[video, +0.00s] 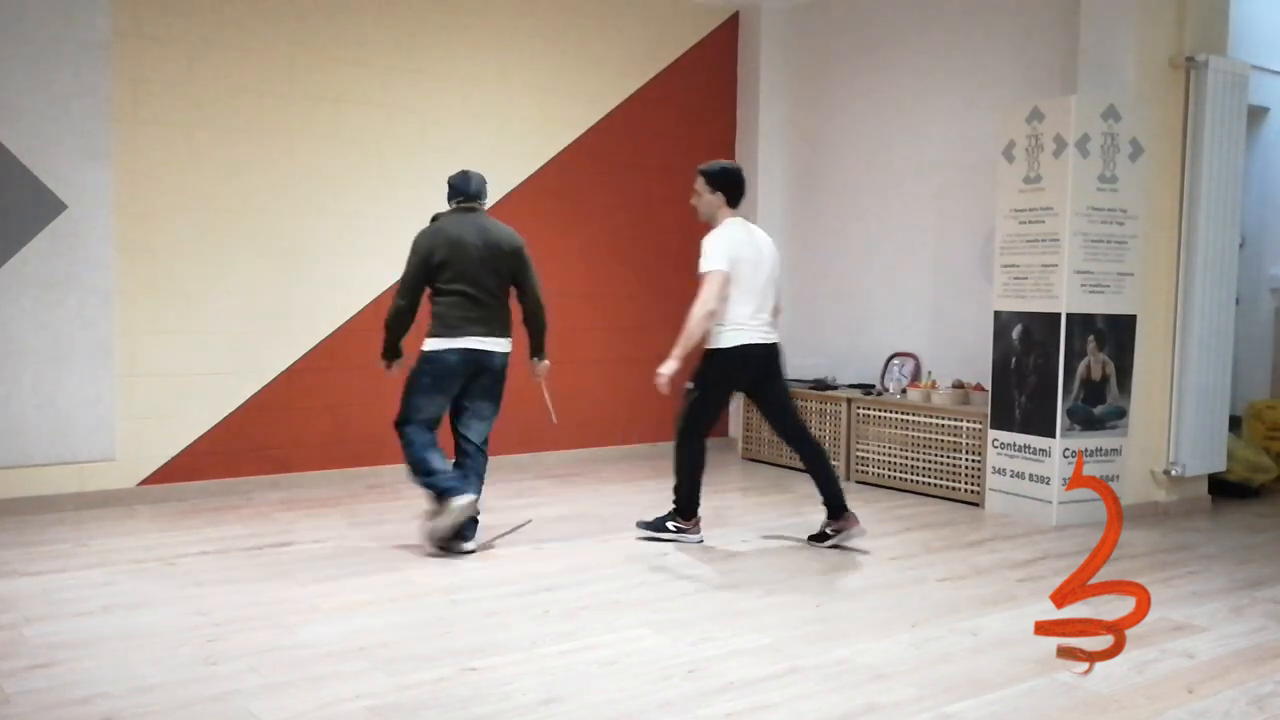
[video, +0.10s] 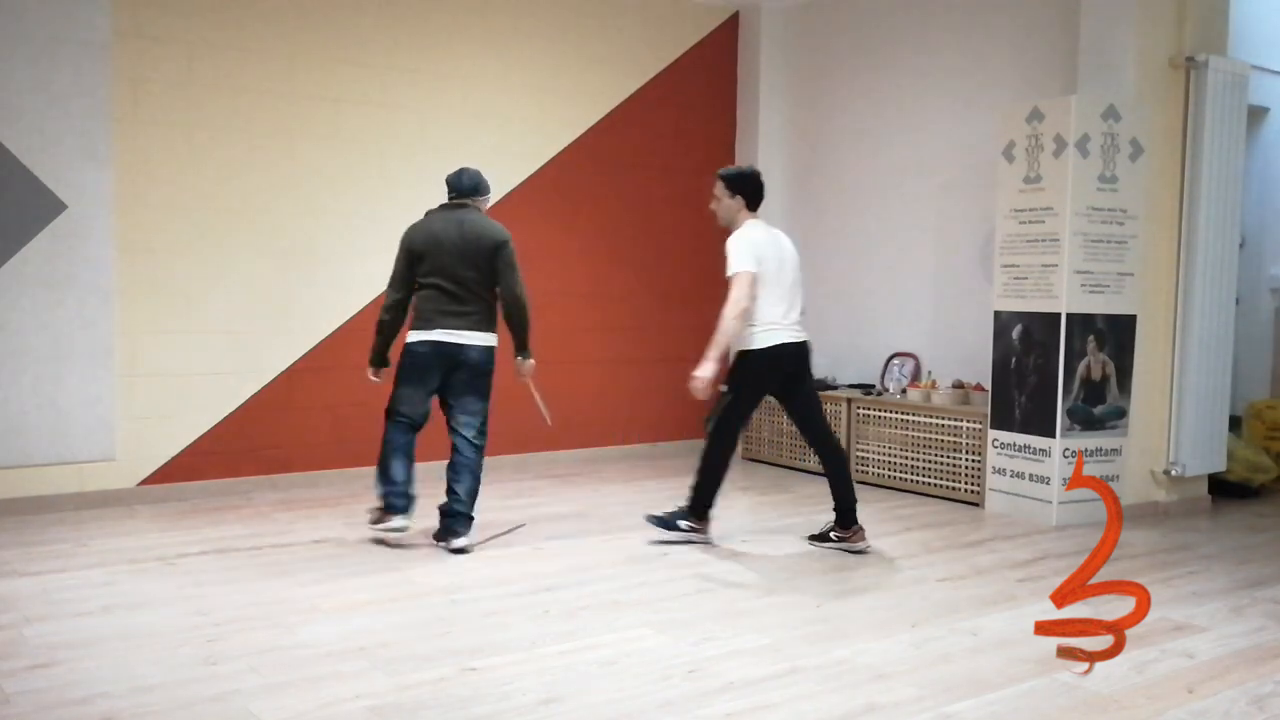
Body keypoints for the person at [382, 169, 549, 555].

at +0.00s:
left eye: (452, 197)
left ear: (450, 198)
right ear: (484, 199)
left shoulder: (432, 236)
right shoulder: (508, 238)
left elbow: (405, 302)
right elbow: (531, 300)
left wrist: (391, 346)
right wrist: (538, 351)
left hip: (446, 350)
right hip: (493, 353)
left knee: (414, 425)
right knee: (473, 440)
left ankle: (452, 493)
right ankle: (464, 532)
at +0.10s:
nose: (489, 204)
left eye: (487, 199)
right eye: (488, 199)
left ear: (449, 196)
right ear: (482, 199)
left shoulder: (419, 231)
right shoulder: (495, 234)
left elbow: (395, 300)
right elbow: (512, 297)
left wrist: (378, 355)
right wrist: (523, 349)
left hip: (426, 346)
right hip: (475, 350)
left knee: (402, 422)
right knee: (468, 437)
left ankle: (396, 506)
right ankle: (455, 528)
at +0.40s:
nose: (472, 223)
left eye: (473, 216)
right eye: (470, 216)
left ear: (438, 210)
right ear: (451, 212)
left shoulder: (395, 239)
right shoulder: (449, 242)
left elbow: (369, 301)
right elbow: (453, 303)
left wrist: (350, 352)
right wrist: (467, 358)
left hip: (392, 352)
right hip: (431, 353)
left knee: (388, 424)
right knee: (442, 429)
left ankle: (370, 504)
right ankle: (420, 510)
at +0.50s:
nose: (469, 219)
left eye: (470, 212)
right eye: (467, 212)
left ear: (434, 205)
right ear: (449, 208)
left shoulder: (399, 232)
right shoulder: (440, 238)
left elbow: (377, 292)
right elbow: (436, 298)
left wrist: (370, 342)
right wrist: (445, 353)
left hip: (388, 345)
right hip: (420, 347)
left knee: (391, 418)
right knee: (453, 418)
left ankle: (370, 503)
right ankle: (417, 499)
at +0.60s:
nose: (468, 215)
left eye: (470, 208)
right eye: (465, 207)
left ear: (435, 203)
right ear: (446, 204)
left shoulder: (404, 230)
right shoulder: (435, 235)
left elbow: (396, 288)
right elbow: (426, 293)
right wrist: (433, 349)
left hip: (394, 343)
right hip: (428, 344)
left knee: (391, 421)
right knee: (454, 417)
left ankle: (370, 503)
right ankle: (430, 496)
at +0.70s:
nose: (472, 215)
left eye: (473, 208)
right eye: (467, 207)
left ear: (439, 207)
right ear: (447, 206)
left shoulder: (414, 232)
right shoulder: (434, 238)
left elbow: (415, 289)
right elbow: (422, 294)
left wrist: (453, 321)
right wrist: (427, 351)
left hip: (401, 343)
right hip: (433, 346)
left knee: (392, 421)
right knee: (451, 418)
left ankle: (371, 503)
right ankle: (452, 492)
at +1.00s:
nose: (497, 219)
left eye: (498, 212)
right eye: (492, 211)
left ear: (472, 213)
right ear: (471, 212)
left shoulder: (461, 243)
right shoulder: (454, 250)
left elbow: (477, 297)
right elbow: (448, 311)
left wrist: (513, 315)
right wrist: (451, 364)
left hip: (461, 347)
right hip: (468, 350)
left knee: (454, 413)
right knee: (476, 422)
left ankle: (403, 469)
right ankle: (462, 492)